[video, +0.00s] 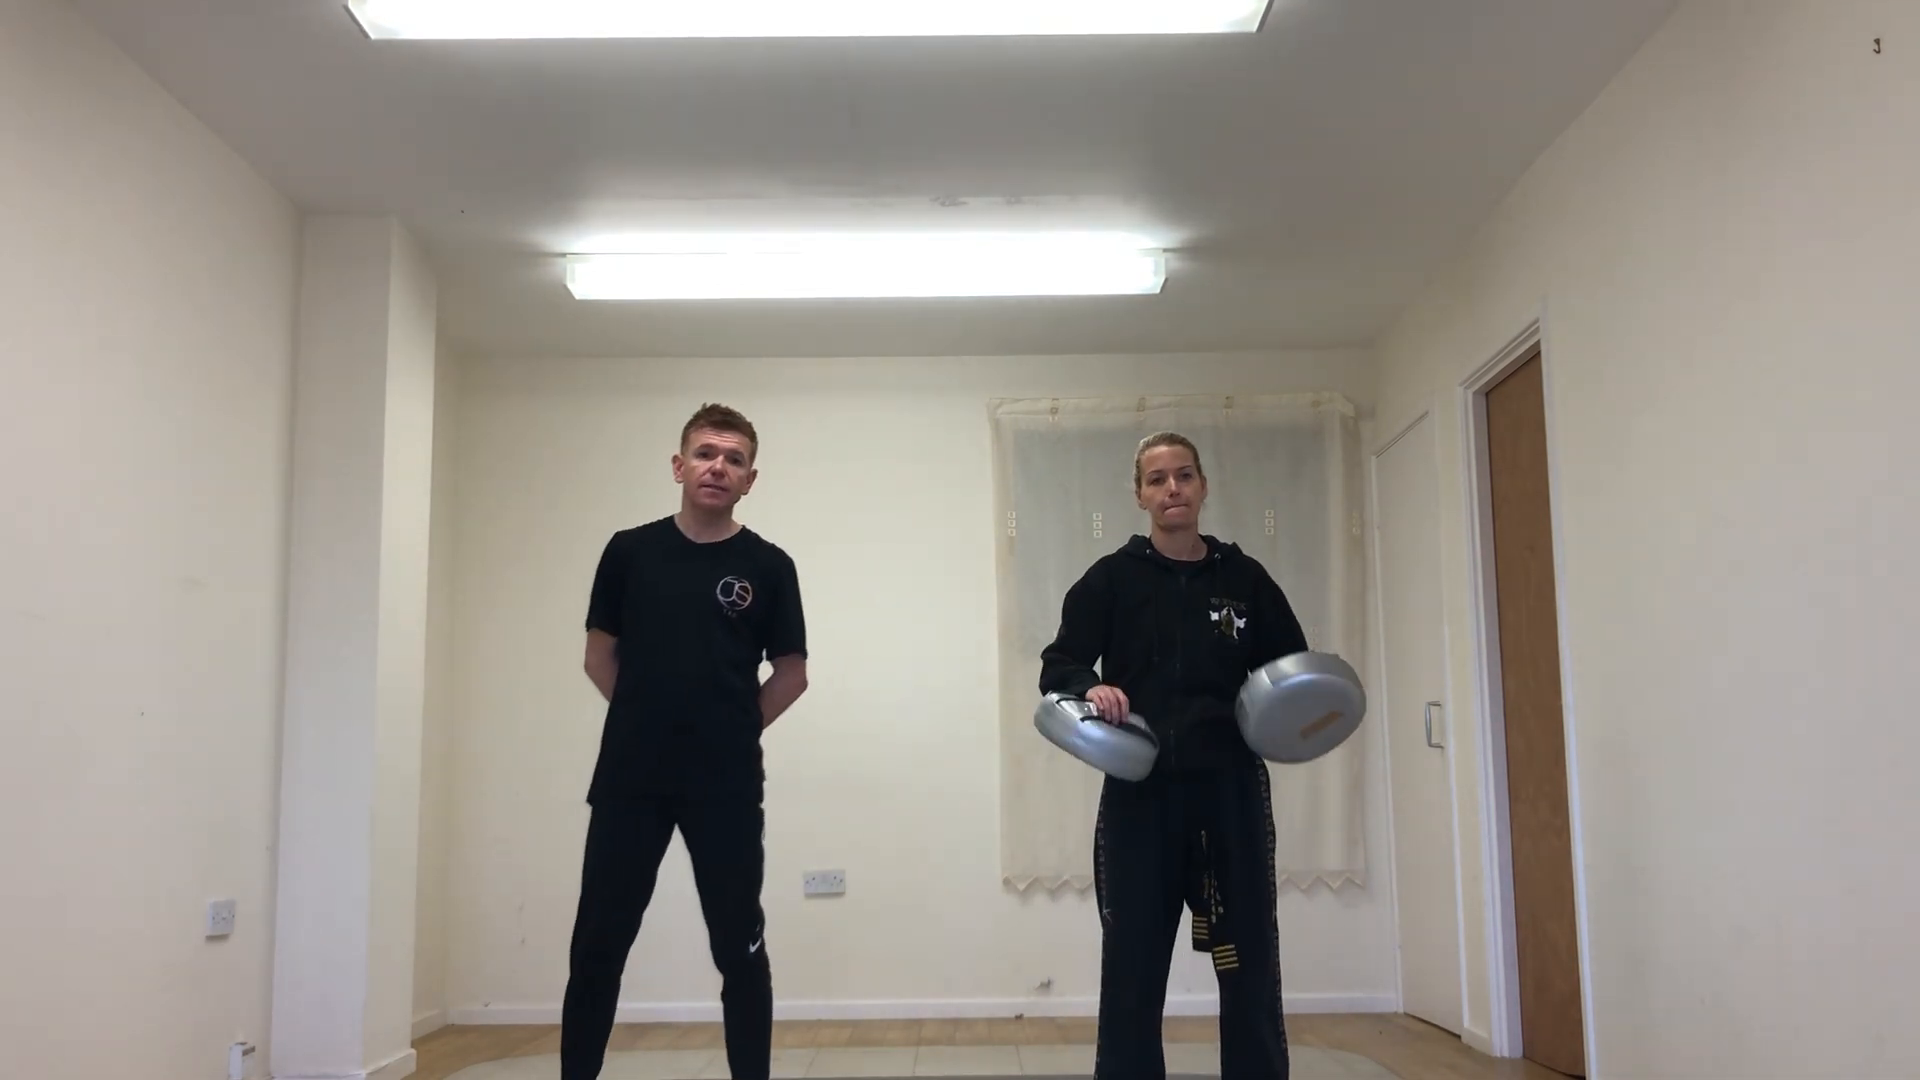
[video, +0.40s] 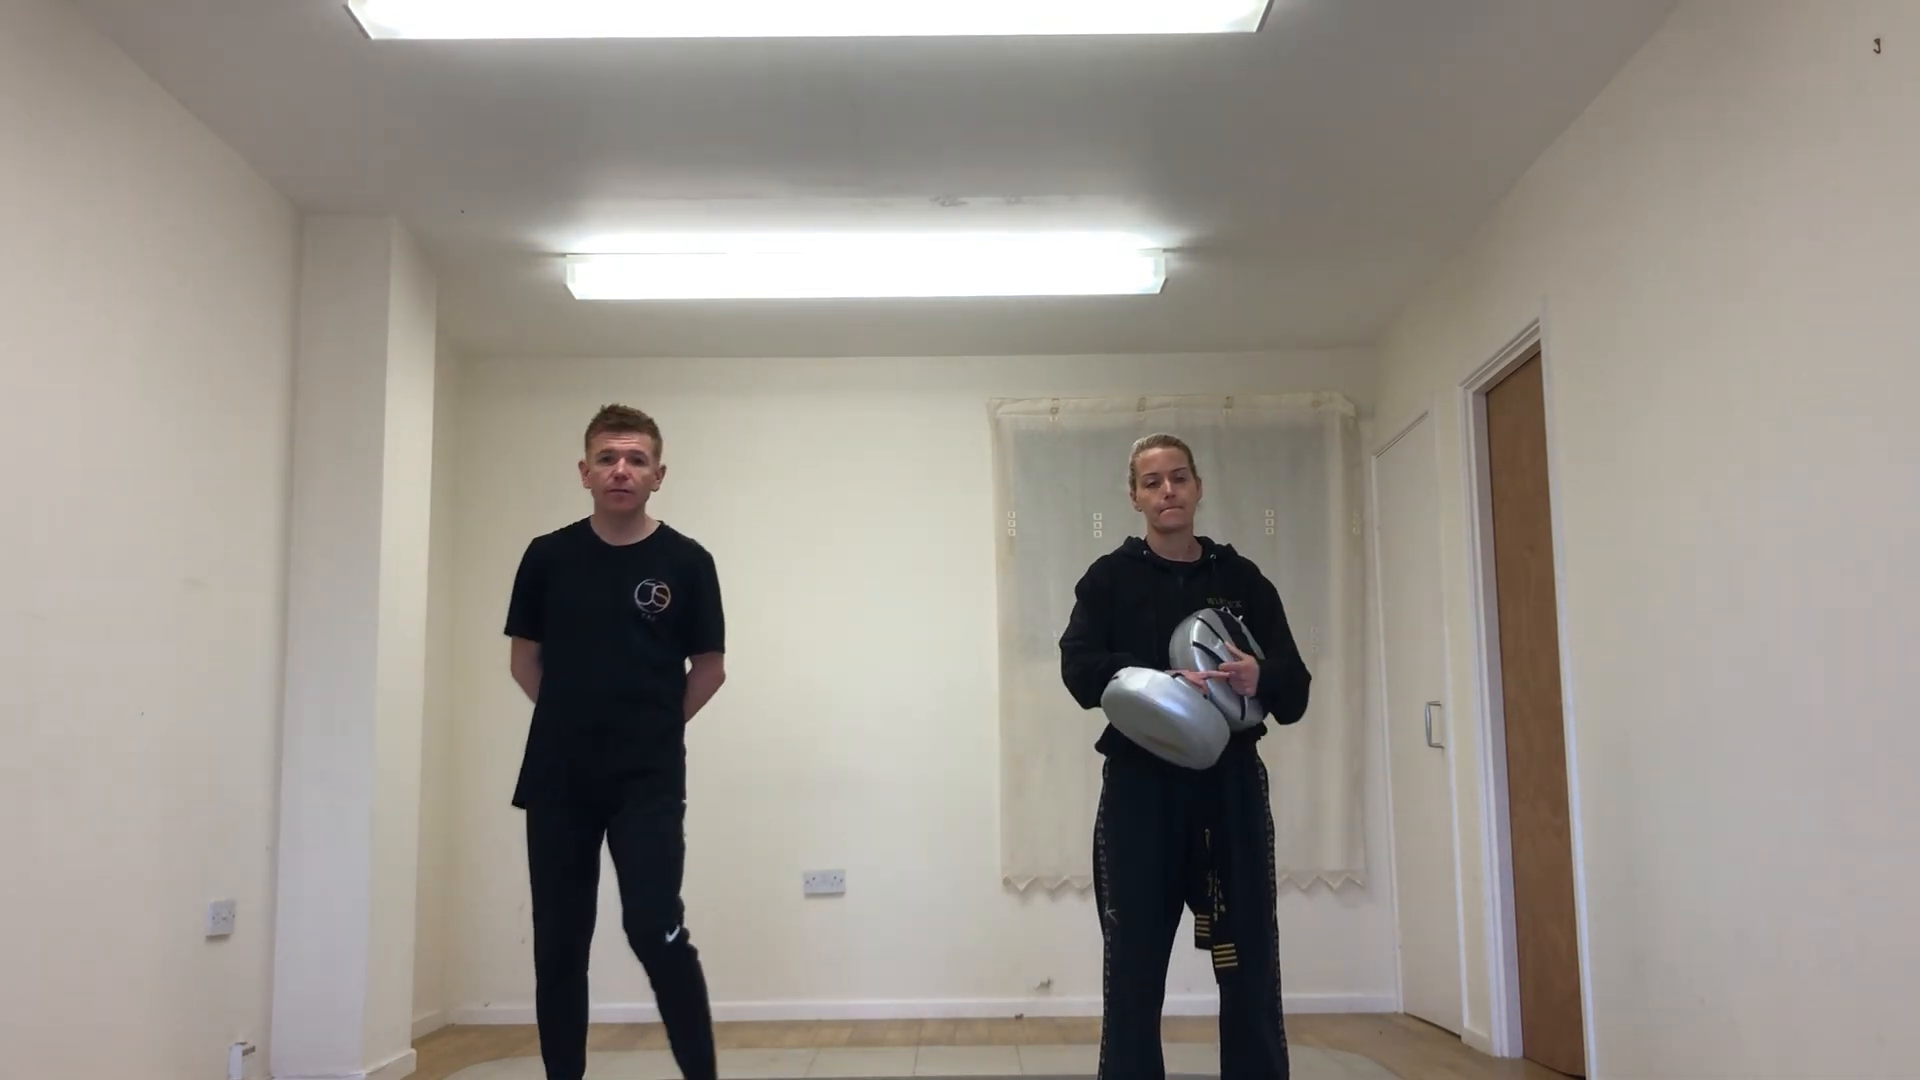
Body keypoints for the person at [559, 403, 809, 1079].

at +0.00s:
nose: (718, 467)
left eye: (734, 459)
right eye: (706, 453)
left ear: (749, 479)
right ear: (678, 464)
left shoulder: (770, 566)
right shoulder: (628, 550)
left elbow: (792, 674)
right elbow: (599, 657)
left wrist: (732, 725)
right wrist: (648, 713)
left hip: (723, 775)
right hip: (632, 769)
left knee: (740, 950)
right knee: (597, 945)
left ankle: (751, 1076)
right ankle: (576, 1075)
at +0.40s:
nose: (621, 470)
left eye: (636, 460)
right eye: (607, 458)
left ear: (656, 475)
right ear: (586, 472)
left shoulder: (687, 561)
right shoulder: (546, 555)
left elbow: (709, 669)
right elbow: (525, 662)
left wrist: (654, 721)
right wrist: (576, 714)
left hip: (647, 771)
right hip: (559, 771)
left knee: (656, 932)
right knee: (558, 945)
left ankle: (701, 1074)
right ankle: (563, 1076)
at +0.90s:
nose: (630, 478)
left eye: (632, 465)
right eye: (616, 466)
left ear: (629, 470)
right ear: (566, 472)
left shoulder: (649, 556)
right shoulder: (509, 563)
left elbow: (686, 654)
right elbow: (477, 668)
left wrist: (729, 747)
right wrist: (534, 730)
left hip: (642, 777)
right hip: (553, 781)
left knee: (648, 941)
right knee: (555, 947)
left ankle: (654, 1075)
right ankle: (562, 1075)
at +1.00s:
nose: (639, 480)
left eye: (641, 467)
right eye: (625, 467)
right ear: (574, 471)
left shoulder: (648, 557)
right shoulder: (512, 560)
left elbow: (697, 649)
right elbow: (473, 667)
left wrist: (776, 686)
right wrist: (530, 733)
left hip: (643, 778)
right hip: (554, 784)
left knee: (656, 944)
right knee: (555, 949)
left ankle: (662, 1075)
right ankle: (561, 1075)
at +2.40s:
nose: (666, 463)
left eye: (681, 454)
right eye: (653, 451)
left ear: (699, 475)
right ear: (627, 466)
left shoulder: (718, 567)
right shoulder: (575, 546)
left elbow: (730, 678)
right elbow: (538, 654)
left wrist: (669, 718)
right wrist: (588, 712)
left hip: (672, 780)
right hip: (581, 774)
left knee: (678, 954)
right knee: (554, 952)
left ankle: (678, 1077)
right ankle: (536, 1075)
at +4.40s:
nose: (634, 466)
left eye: (650, 458)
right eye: (622, 452)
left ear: (664, 477)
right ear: (592, 464)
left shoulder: (688, 562)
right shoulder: (542, 552)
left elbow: (707, 672)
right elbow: (515, 661)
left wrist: (647, 719)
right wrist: (568, 715)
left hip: (648, 777)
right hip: (557, 774)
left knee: (661, 952)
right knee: (540, 953)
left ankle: (673, 1077)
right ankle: (531, 1076)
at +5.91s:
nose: (540, 467)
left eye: (558, 458)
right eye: (529, 454)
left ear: (579, 479)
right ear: (507, 468)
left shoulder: (607, 563)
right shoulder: (466, 555)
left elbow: (631, 676)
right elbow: (449, 664)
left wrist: (574, 728)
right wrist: (502, 717)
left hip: (567, 776)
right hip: (480, 775)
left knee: (587, 940)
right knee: (499, 954)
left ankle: (649, 1075)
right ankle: (515, 1076)